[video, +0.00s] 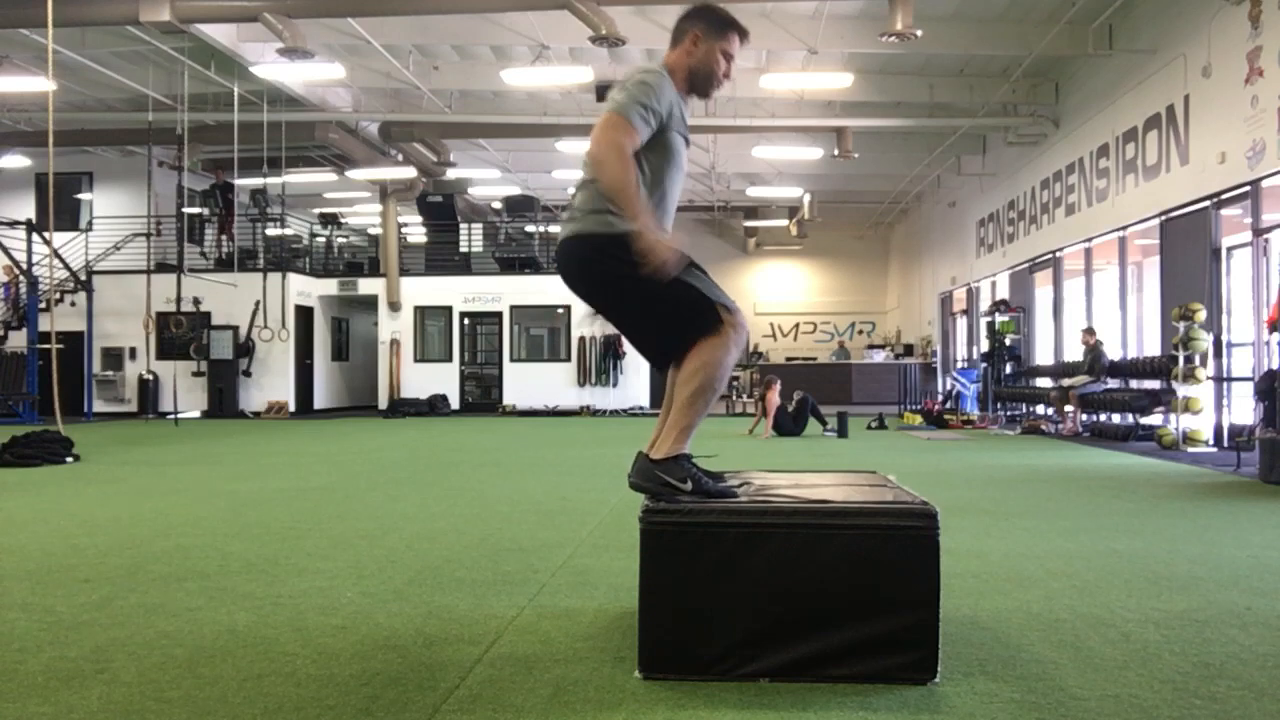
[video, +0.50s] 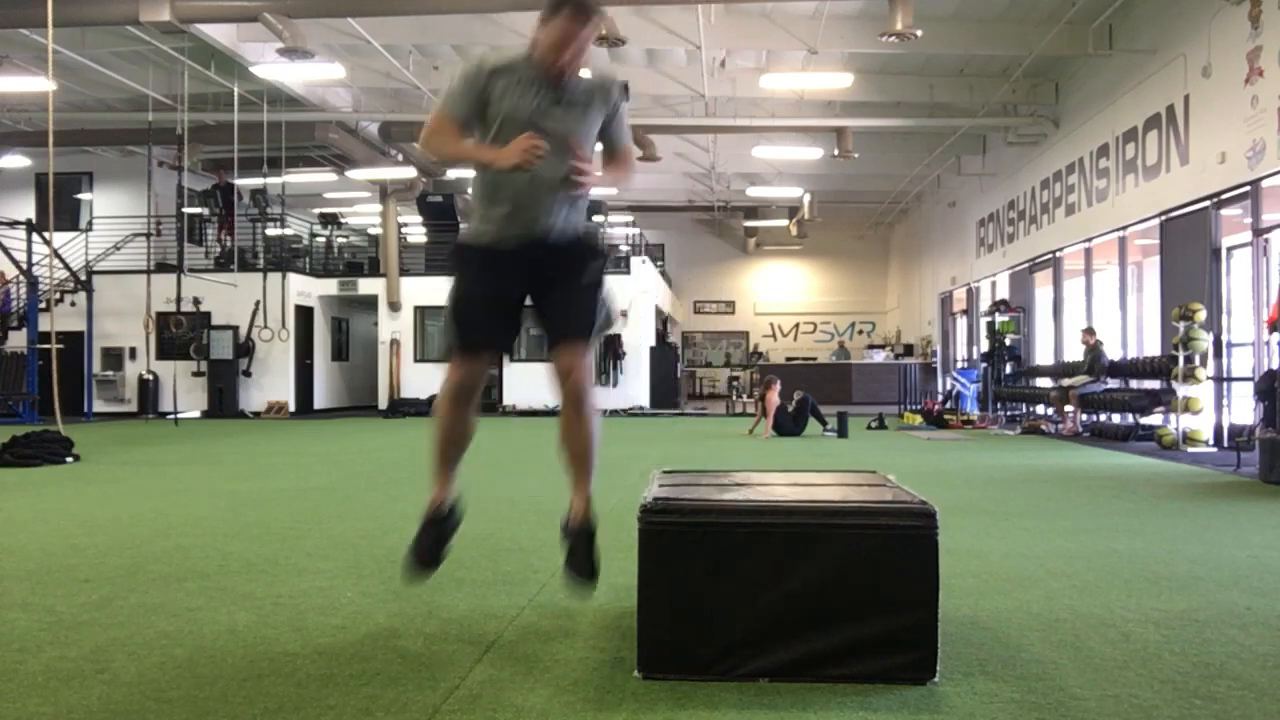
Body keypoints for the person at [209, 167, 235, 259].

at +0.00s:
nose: (218, 176)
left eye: (219, 174)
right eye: (216, 174)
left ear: (223, 174)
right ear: (215, 175)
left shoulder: (230, 186)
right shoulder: (213, 187)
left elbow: (235, 199)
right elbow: (211, 200)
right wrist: (213, 210)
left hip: (230, 211)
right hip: (220, 212)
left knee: (228, 231)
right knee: (219, 234)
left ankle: (235, 249)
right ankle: (220, 255)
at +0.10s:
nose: (218, 177)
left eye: (219, 175)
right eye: (217, 175)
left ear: (223, 175)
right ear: (215, 176)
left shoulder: (230, 187)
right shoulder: (213, 188)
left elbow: (238, 197)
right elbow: (210, 201)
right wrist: (213, 210)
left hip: (229, 212)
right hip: (220, 213)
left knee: (226, 231)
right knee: (219, 236)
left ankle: (233, 249)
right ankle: (223, 254)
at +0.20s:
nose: (219, 175)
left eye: (221, 172)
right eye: (218, 173)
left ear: (224, 173)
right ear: (215, 174)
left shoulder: (230, 183)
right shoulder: (212, 185)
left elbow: (239, 195)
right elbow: (209, 197)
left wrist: (234, 199)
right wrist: (212, 208)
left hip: (230, 208)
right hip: (220, 209)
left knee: (226, 229)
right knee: (220, 230)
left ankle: (230, 248)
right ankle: (223, 249)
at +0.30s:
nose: (220, 173)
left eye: (221, 170)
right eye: (218, 171)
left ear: (224, 171)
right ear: (216, 172)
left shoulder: (230, 181)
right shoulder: (213, 183)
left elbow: (240, 192)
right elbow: (207, 195)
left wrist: (236, 201)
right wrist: (211, 206)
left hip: (230, 207)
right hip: (219, 208)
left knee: (228, 227)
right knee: (220, 228)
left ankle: (229, 246)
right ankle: (222, 246)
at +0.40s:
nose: (221, 174)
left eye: (222, 171)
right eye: (219, 172)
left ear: (225, 172)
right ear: (216, 173)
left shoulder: (231, 183)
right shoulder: (214, 185)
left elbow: (241, 194)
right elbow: (209, 197)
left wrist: (235, 201)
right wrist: (214, 207)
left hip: (231, 209)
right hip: (220, 209)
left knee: (231, 228)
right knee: (221, 228)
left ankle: (231, 245)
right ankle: (223, 246)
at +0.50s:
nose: (221, 176)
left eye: (222, 174)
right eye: (219, 174)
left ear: (226, 175)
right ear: (217, 176)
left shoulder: (232, 186)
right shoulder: (215, 187)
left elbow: (240, 197)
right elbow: (210, 198)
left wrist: (233, 201)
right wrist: (214, 207)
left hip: (231, 212)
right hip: (220, 212)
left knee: (231, 233)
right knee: (219, 236)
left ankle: (232, 249)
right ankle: (223, 250)